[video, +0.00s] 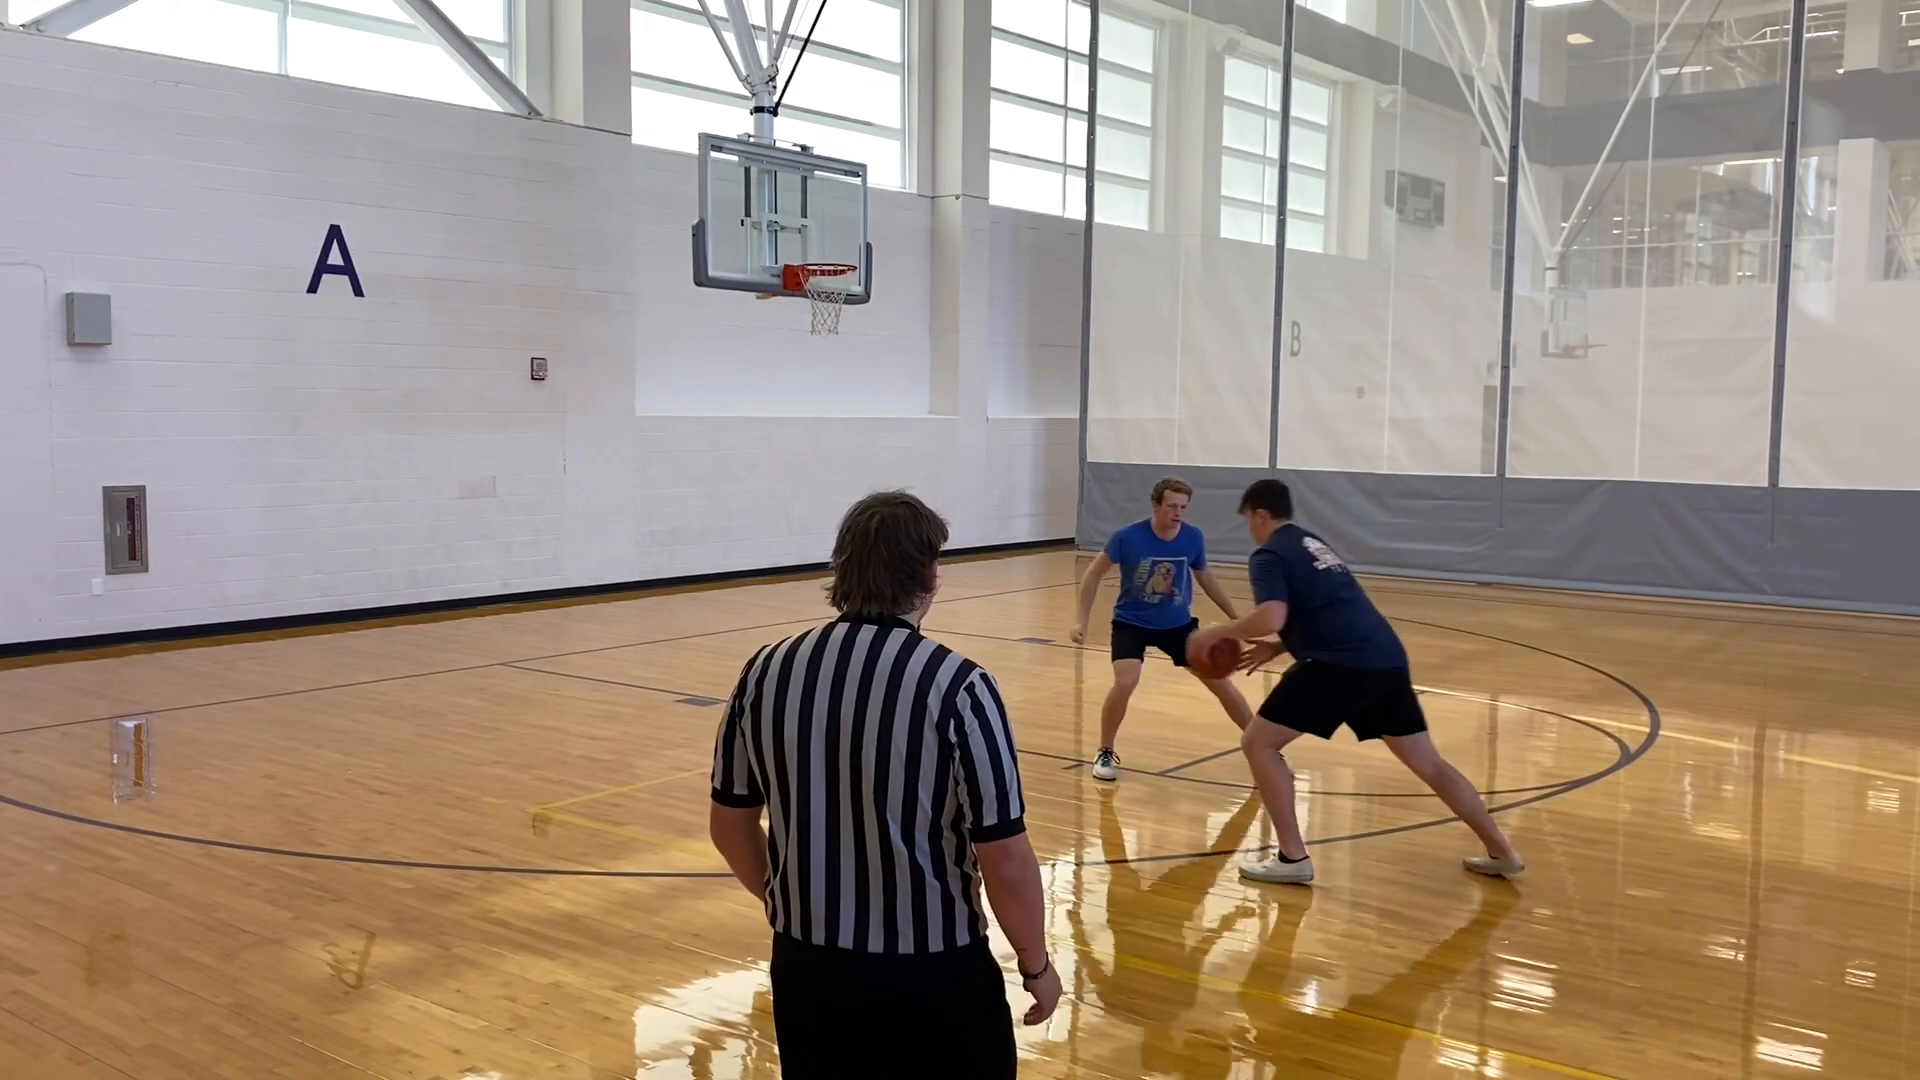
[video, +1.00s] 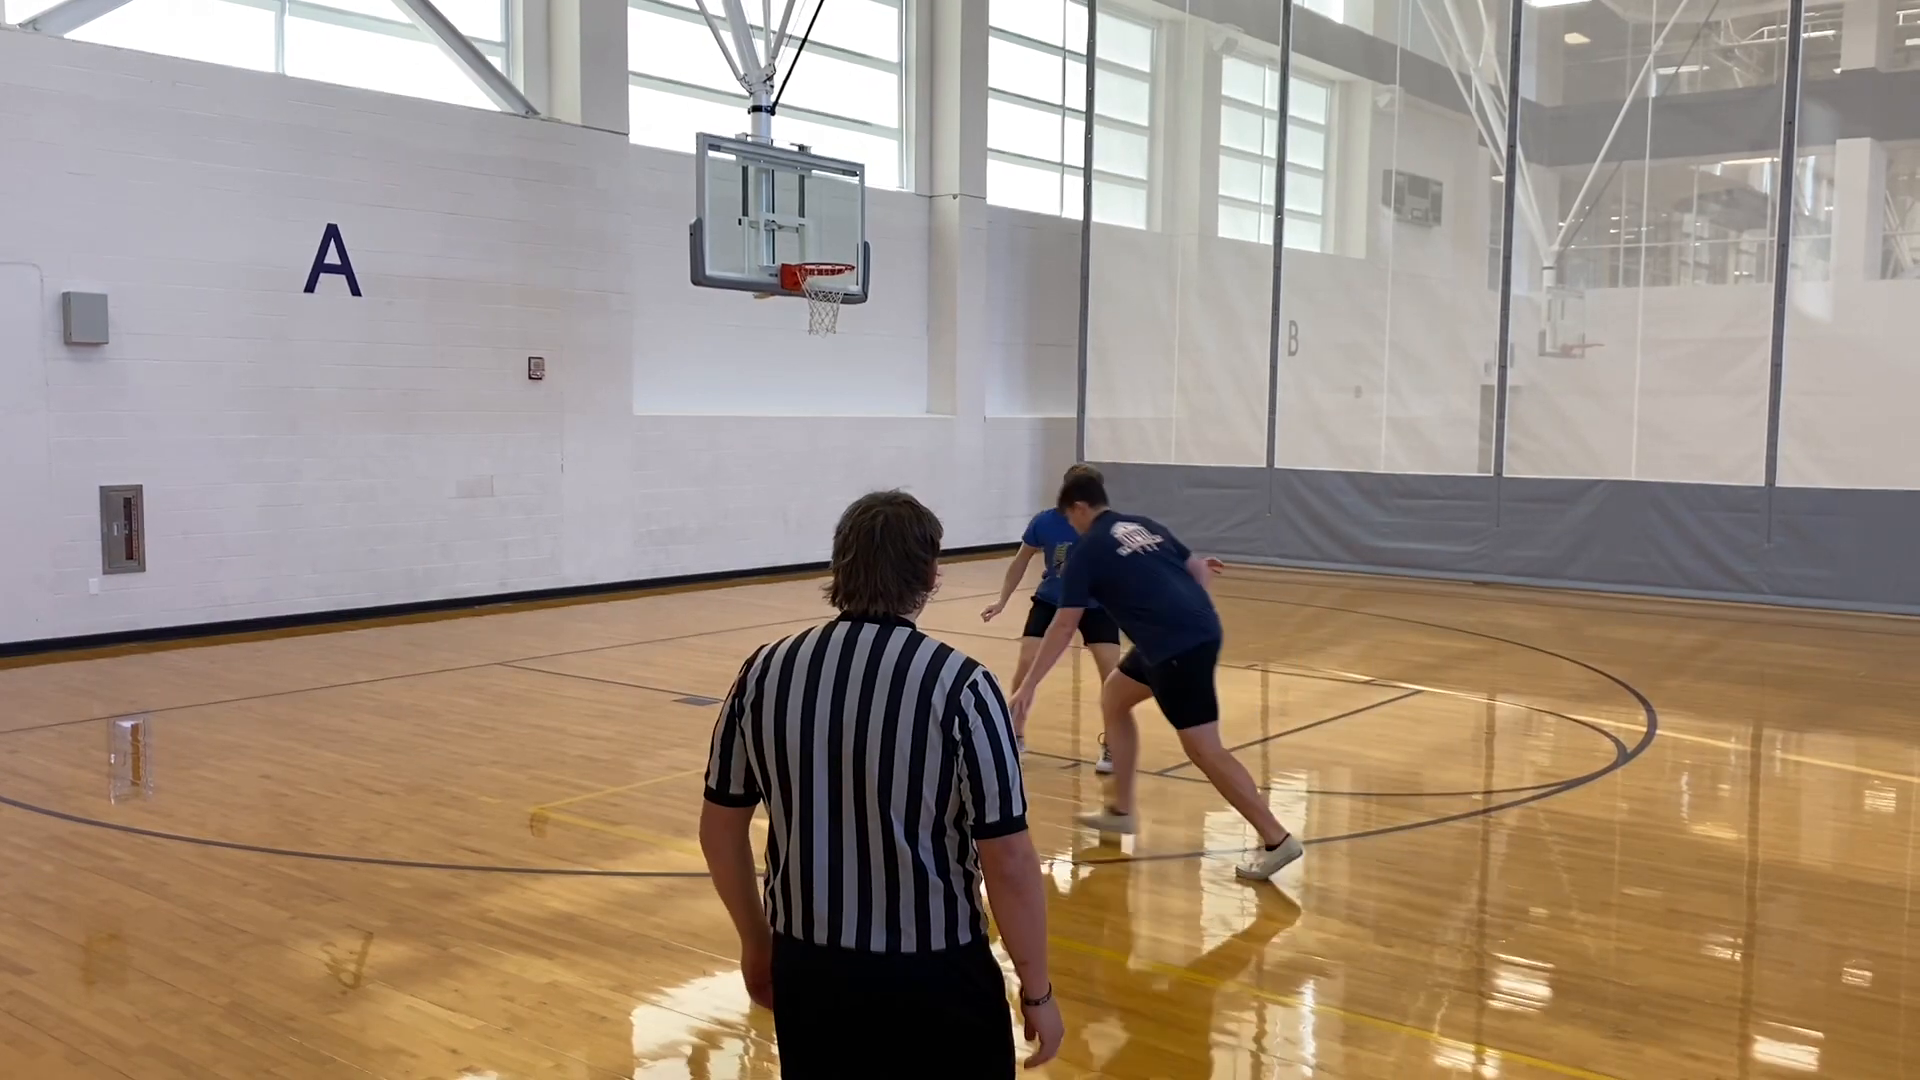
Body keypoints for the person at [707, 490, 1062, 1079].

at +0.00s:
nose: (940, 575)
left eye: (938, 559)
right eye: (937, 560)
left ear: (846, 566)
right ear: (926, 572)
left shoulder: (767, 670)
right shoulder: (959, 686)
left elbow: (731, 825)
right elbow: (1004, 855)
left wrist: (785, 900)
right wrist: (1036, 962)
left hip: (809, 979)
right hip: (940, 982)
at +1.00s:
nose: (938, 574)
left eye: (936, 558)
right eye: (936, 560)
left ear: (843, 565)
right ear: (925, 573)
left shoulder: (766, 670)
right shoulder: (961, 685)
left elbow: (720, 829)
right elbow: (1009, 861)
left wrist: (755, 938)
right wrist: (1037, 990)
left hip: (808, 979)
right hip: (941, 982)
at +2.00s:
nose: (950, 582)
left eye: (945, 566)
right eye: (947, 568)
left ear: (849, 572)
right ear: (937, 578)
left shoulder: (772, 676)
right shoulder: (973, 689)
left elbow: (725, 831)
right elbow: (1020, 862)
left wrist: (744, 950)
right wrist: (1047, 988)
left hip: (816, 984)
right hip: (948, 988)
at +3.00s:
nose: (942, 575)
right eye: (938, 562)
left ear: (842, 564)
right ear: (930, 575)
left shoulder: (768, 669)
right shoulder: (968, 683)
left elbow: (723, 828)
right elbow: (1016, 853)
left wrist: (756, 940)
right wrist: (1039, 963)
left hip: (812, 976)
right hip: (945, 978)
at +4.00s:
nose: (940, 571)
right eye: (936, 558)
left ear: (841, 565)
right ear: (929, 570)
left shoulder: (764, 671)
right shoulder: (968, 682)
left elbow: (721, 830)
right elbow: (1018, 854)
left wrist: (754, 939)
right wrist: (1030, 946)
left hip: (812, 973)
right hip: (945, 975)